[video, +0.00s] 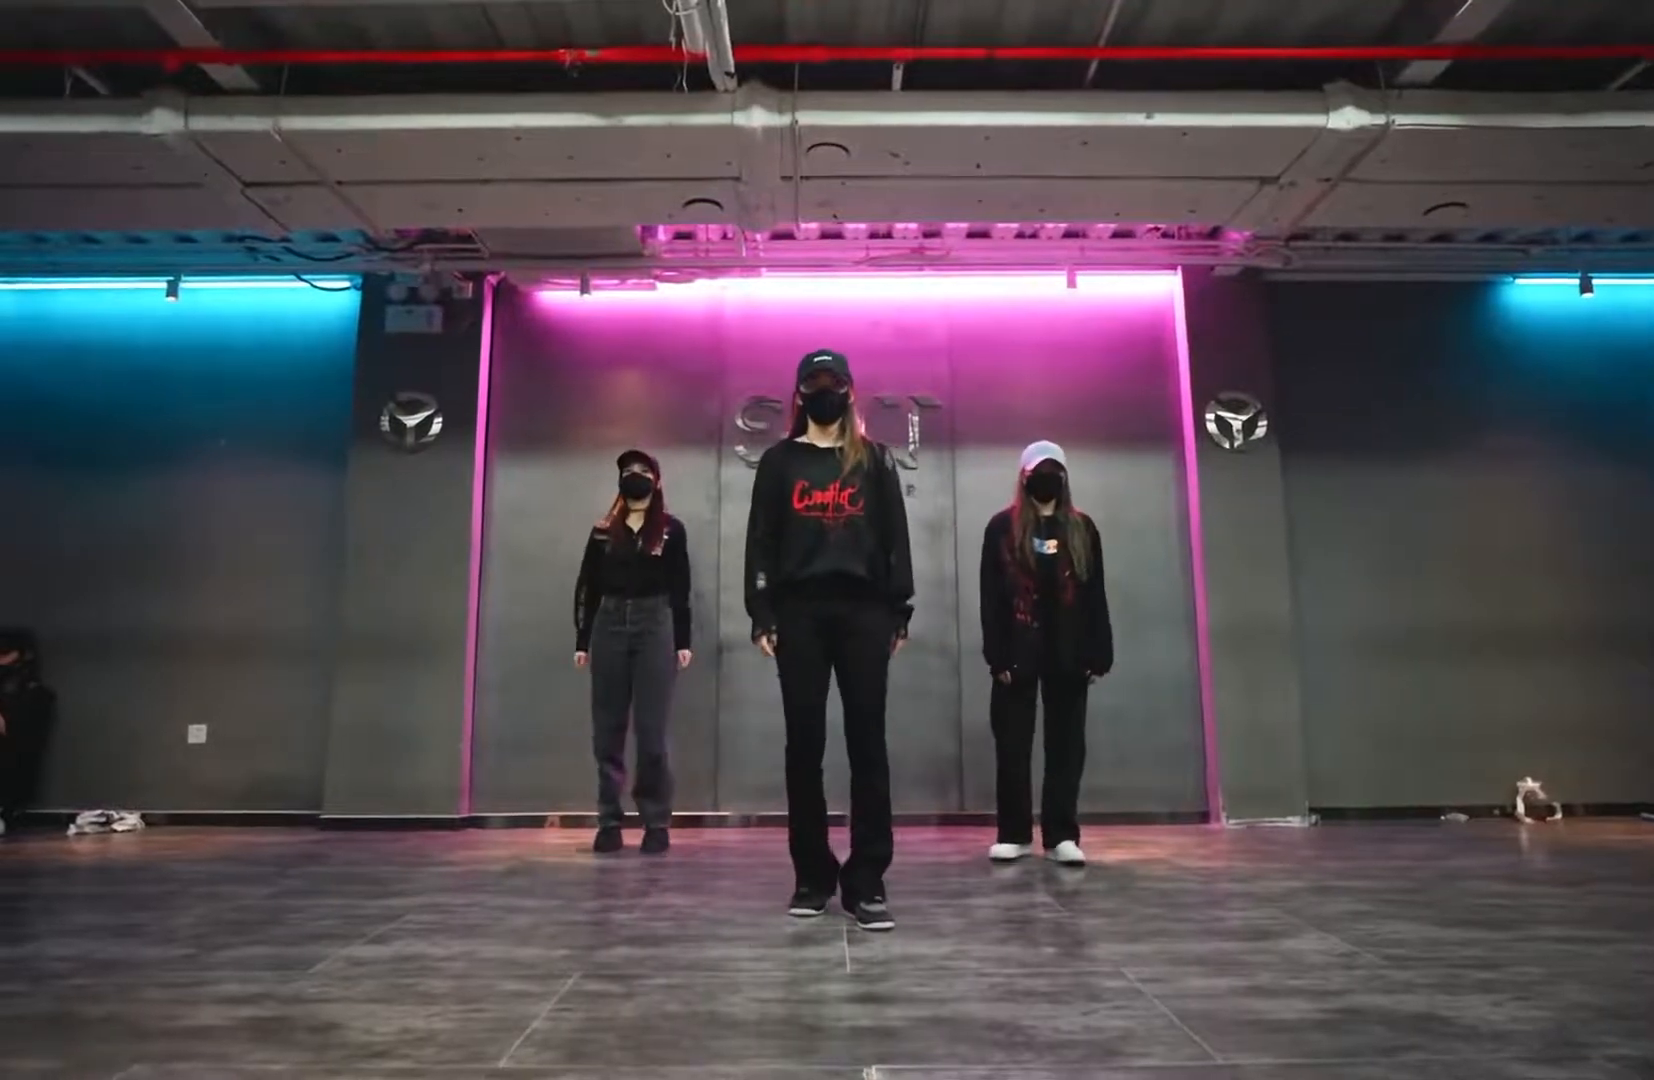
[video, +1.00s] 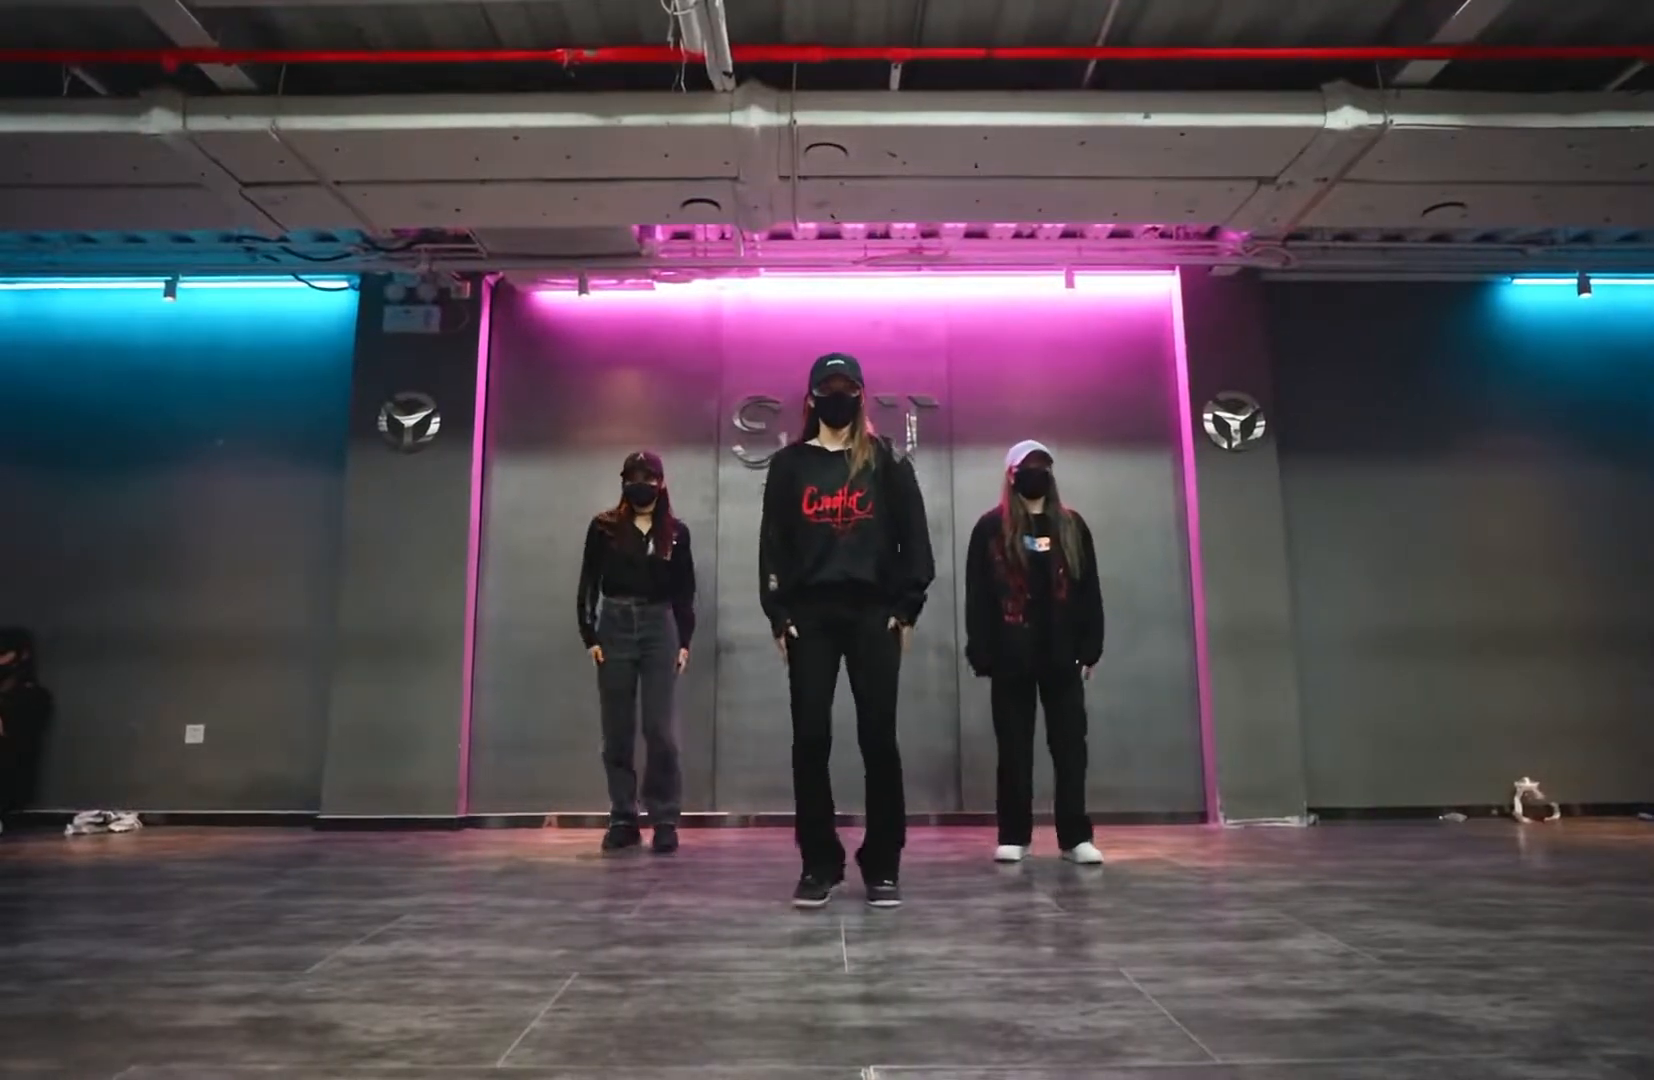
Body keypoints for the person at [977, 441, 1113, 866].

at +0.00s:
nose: (1049, 478)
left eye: (1055, 471)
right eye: (1041, 471)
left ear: (1064, 477)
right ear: (1025, 476)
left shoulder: (1082, 527)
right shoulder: (1002, 528)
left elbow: (1095, 595)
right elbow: (991, 597)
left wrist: (1100, 652)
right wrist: (997, 656)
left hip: (1069, 656)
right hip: (1017, 656)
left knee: (1066, 747)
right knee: (1012, 748)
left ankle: (1063, 837)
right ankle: (1012, 836)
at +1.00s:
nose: (1037, 477)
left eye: (1043, 470)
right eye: (1028, 471)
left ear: (1051, 474)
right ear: (1012, 475)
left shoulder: (1071, 524)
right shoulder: (990, 527)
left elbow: (1089, 589)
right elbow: (977, 595)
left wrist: (1090, 647)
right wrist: (981, 653)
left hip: (1062, 655)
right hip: (1010, 658)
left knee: (1071, 749)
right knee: (1013, 750)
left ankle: (1077, 839)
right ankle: (1012, 839)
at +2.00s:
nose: (1058, 485)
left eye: (1057, 477)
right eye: (1050, 478)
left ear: (1026, 484)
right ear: (1025, 482)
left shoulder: (1040, 526)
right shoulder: (1023, 525)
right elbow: (1088, 534)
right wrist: (1159, 510)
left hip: (1047, 659)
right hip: (1031, 659)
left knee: (1089, 744)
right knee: (1089, 742)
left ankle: (1075, 853)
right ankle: (1014, 822)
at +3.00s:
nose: (1064, 461)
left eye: (1070, 452)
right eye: (1055, 452)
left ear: (1078, 455)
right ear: (1033, 454)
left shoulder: (1090, 508)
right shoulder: (1000, 502)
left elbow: (1117, 567)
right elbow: (975, 555)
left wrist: (1152, 605)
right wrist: (1030, 523)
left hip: (1075, 633)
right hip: (1015, 631)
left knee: (1112, 729)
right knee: (995, 731)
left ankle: (1122, 835)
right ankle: (957, 834)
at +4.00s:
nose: (984, 474)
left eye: (992, 467)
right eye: (982, 468)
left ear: (1019, 466)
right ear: (1000, 468)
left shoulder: (1041, 497)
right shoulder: (984, 512)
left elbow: (982, 492)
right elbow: (937, 548)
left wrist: (925, 470)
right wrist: (925, 492)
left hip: (1049, 637)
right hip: (997, 640)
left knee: (1079, 742)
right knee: (951, 739)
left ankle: (1123, 851)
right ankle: (951, 849)